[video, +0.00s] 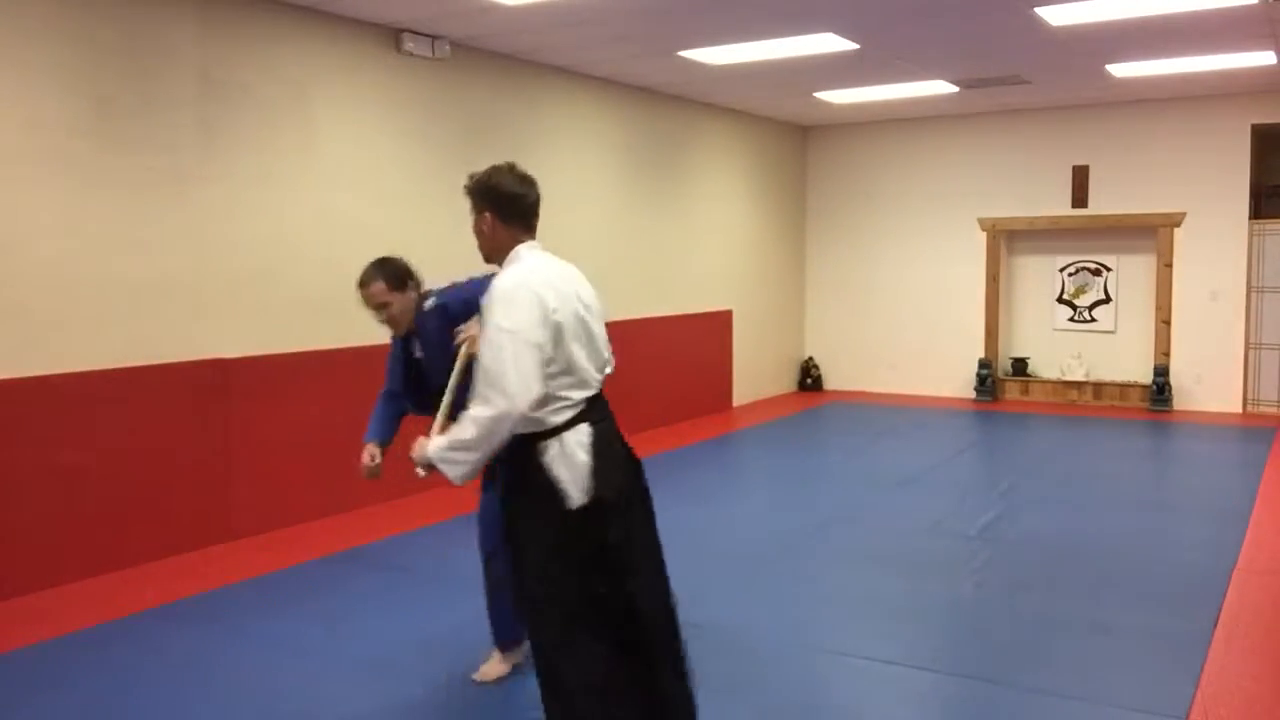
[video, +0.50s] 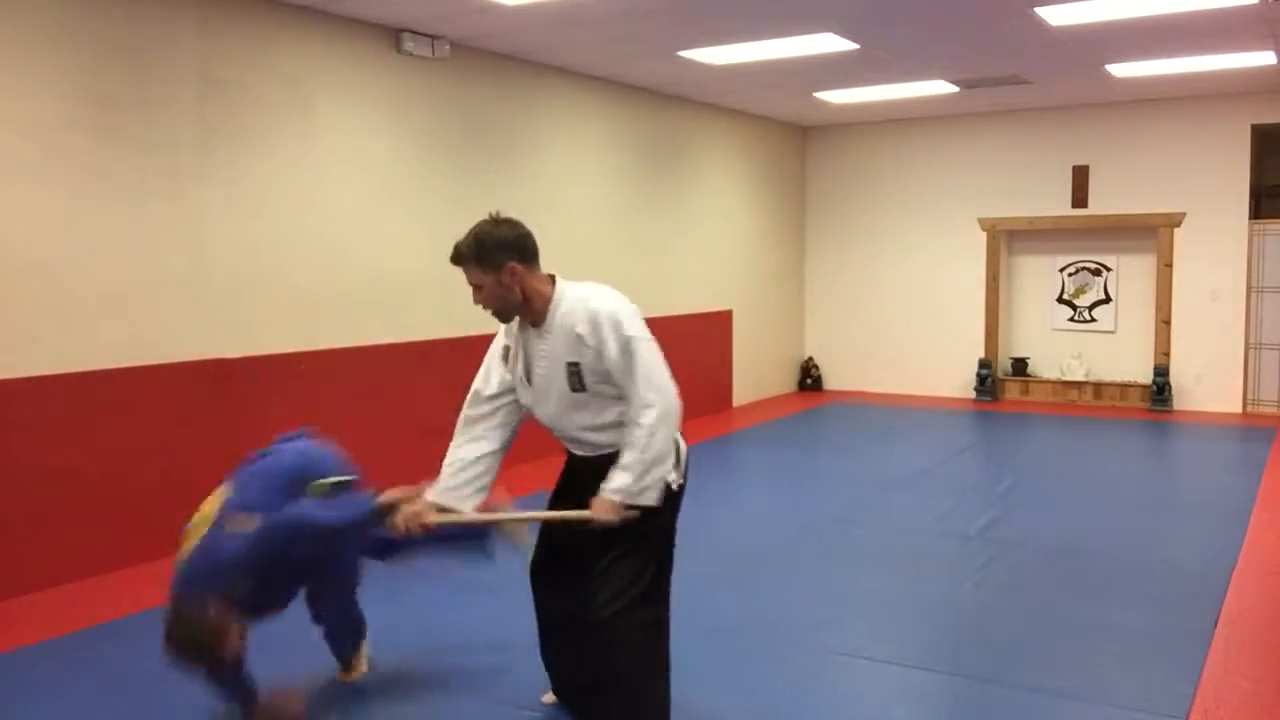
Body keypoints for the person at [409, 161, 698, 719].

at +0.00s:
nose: (474, 230)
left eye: (474, 219)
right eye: (474, 219)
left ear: (489, 221)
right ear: (530, 217)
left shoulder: (510, 291)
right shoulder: (566, 274)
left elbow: (507, 401)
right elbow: (592, 360)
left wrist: (440, 451)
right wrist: (497, 343)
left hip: (550, 463)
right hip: (602, 444)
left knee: (562, 611)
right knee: (628, 594)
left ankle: (588, 707)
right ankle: (658, 705)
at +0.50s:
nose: (476, 300)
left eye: (479, 287)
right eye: (471, 289)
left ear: (513, 277)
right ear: (511, 277)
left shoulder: (603, 314)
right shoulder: (511, 342)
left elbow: (659, 405)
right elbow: (482, 427)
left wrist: (619, 490)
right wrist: (439, 500)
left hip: (643, 468)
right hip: (584, 466)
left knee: (621, 602)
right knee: (551, 578)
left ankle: (633, 708)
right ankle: (577, 688)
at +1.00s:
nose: (508, 311)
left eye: (515, 298)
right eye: (504, 299)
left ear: (554, 285)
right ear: (546, 287)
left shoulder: (638, 321)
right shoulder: (524, 355)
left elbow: (714, 386)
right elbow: (524, 453)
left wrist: (725, 478)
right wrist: (525, 546)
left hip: (657, 480)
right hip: (592, 483)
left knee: (639, 613)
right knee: (557, 595)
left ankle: (651, 711)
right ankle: (582, 692)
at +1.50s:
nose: (524, 283)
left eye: (532, 271)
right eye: (521, 271)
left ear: (573, 264)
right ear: (566, 266)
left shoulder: (647, 314)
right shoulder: (535, 333)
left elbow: (712, 391)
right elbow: (519, 430)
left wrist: (713, 484)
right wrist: (503, 523)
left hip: (652, 478)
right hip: (587, 478)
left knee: (635, 608)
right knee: (554, 586)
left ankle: (647, 711)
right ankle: (579, 697)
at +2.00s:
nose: (545, 217)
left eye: (557, 205)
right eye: (545, 204)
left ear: (600, 208)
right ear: (587, 209)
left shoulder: (649, 284)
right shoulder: (566, 280)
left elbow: (688, 391)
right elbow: (543, 367)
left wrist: (670, 495)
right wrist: (508, 434)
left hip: (635, 458)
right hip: (581, 453)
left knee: (631, 613)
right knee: (575, 602)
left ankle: (633, 712)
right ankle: (582, 703)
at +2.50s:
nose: (544, 196)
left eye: (556, 186)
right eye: (545, 185)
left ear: (594, 192)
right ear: (584, 195)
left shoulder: (617, 266)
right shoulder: (584, 261)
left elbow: (607, 380)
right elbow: (588, 363)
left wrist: (563, 474)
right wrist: (555, 418)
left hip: (613, 446)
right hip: (580, 438)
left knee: (622, 598)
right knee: (585, 592)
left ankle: (633, 706)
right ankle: (586, 698)